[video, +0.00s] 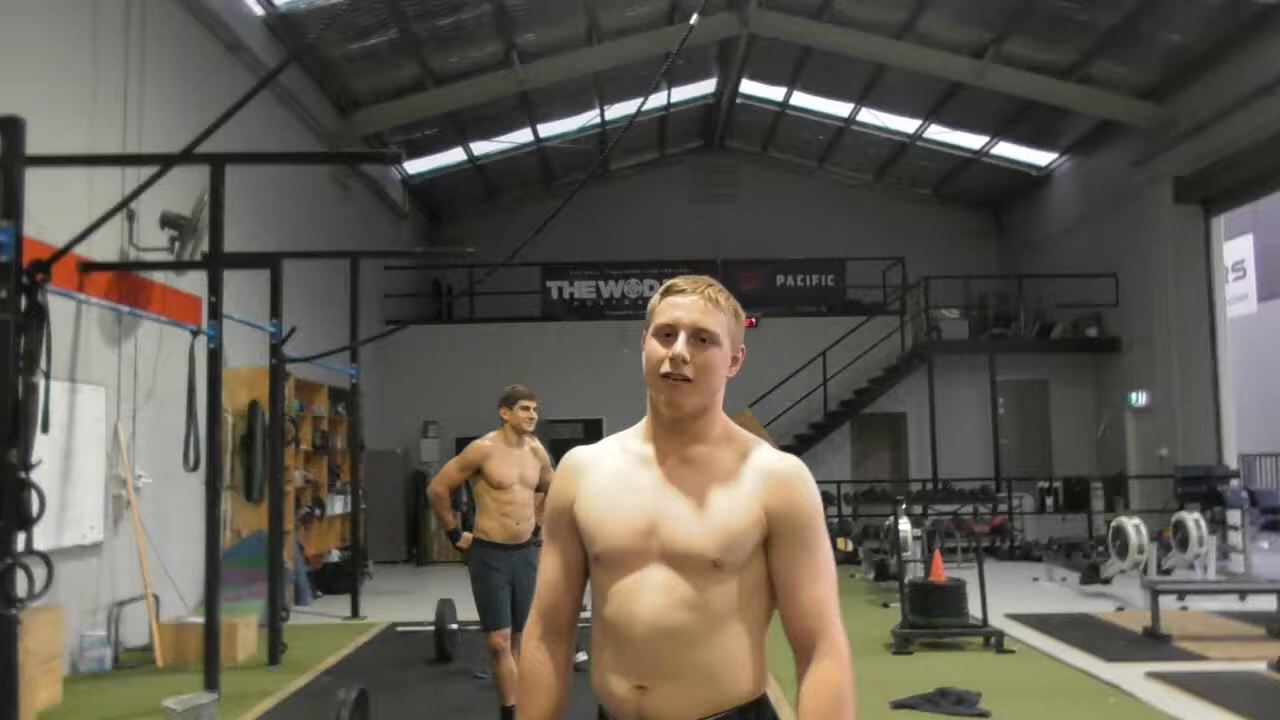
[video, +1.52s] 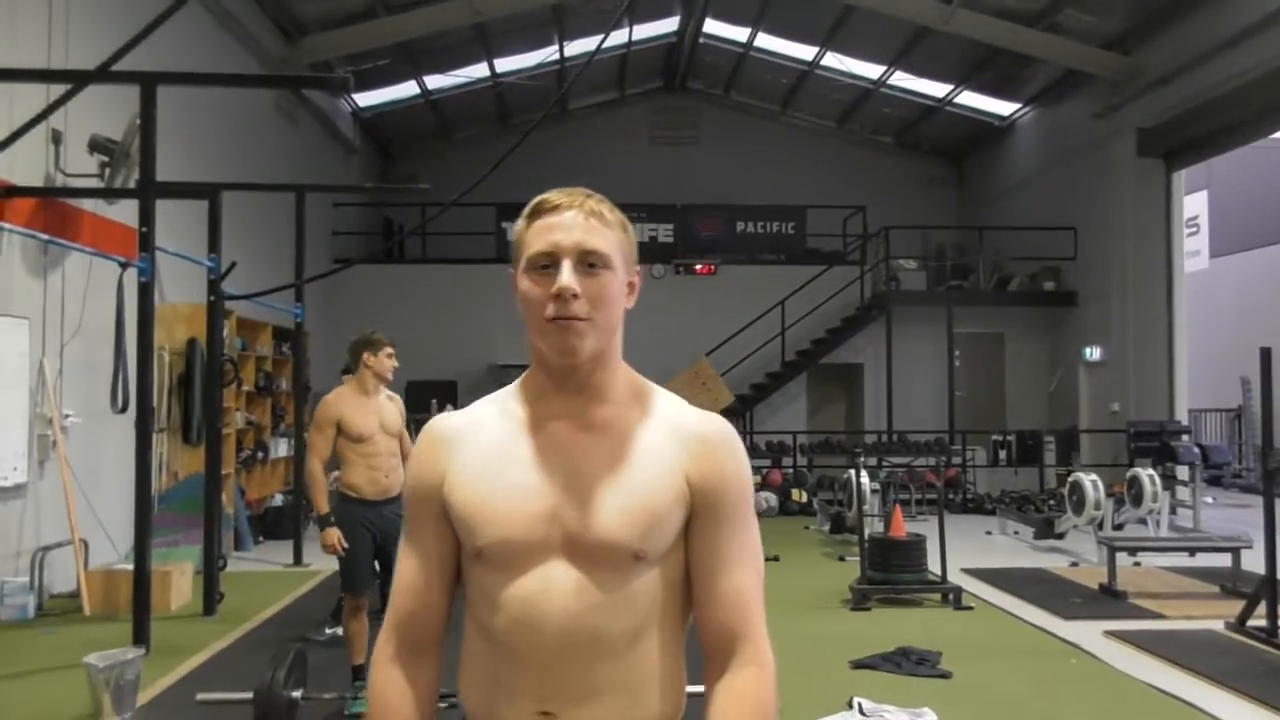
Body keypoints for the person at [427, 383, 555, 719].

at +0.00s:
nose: (532, 415)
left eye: (535, 410)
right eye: (525, 409)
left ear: (535, 415)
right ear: (506, 412)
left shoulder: (538, 452)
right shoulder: (483, 449)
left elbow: (550, 489)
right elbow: (437, 488)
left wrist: (539, 524)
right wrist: (455, 533)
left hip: (527, 552)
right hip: (488, 552)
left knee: (523, 639)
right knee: (500, 642)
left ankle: (525, 705)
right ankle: (509, 709)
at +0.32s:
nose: (486, 424)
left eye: (489, 418)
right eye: (478, 418)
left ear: (491, 423)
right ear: (459, 423)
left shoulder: (495, 462)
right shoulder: (438, 460)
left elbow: (514, 497)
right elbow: (394, 502)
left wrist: (502, 527)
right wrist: (414, 544)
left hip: (485, 563)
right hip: (445, 563)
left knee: (479, 651)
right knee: (435, 656)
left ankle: (483, 715)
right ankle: (422, 712)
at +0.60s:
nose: (430, 411)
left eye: (433, 406)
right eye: (422, 406)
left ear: (438, 412)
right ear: (404, 412)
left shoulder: (445, 452)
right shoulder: (387, 450)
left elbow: (462, 501)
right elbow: (345, 498)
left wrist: (484, 543)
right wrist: (369, 539)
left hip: (442, 556)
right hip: (399, 558)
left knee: (450, 641)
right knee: (389, 646)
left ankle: (464, 711)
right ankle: (376, 712)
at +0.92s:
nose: (377, 375)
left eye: (380, 369)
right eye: (368, 371)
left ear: (387, 376)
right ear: (352, 381)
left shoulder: (403, 417)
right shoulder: (338, 422)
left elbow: (423, 465)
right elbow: (299, 472)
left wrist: (438, 508)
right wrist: (315, 525)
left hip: (403, 523)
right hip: (360, 525)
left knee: (425, 605)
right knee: (360, 613)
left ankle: (441, 684)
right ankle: (358, 694)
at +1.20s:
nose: (380, 363)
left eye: (380, 358)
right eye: (372, 358)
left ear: (379, 366)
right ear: (350, 366)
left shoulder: (391, 405)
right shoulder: (326, 410)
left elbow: (408, 457)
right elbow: (306, 466)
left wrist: (422, 503)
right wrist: (306, 520)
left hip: (393, 514)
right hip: (349, 516)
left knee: (409, 599)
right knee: (351, 605)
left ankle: (411, 683)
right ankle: (351, 687)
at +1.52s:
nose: (396, 363)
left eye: (396, 357)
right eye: (390, 356)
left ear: (378, 362)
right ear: (367, 359)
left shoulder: (394, 402)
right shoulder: (334, 402)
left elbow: (409, 454)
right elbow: (314, 464)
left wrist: (421, 495)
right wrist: (325, 521)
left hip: (396, 508)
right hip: (354, 510)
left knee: (401, 598)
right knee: (358, 601)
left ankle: (404, 678)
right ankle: (359, 683)